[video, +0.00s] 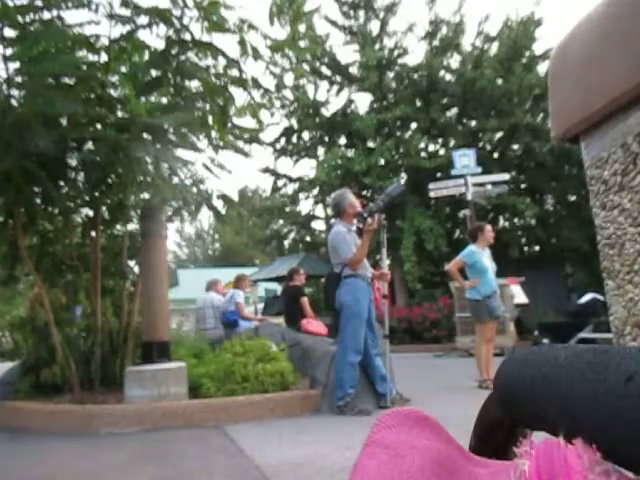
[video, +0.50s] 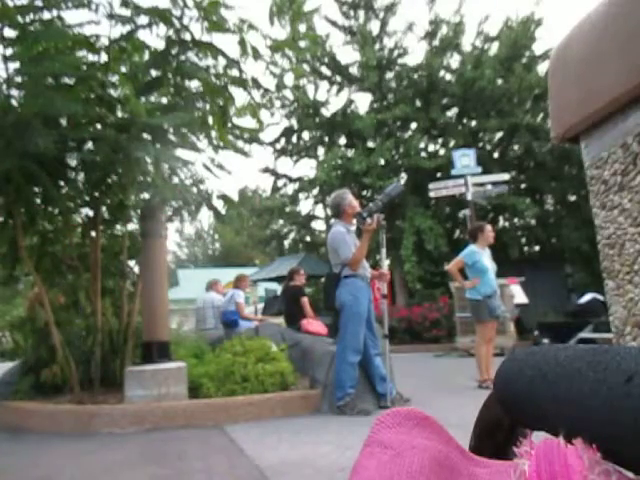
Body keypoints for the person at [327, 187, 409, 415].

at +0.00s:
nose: (360, 205)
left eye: (358, 201)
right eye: (355, 202)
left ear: (348, 208)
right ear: (346, 208)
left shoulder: (351, 232)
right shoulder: (338, 233)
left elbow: (357, 264)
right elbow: (354, 261)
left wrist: (374, 273)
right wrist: (367, 235)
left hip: (363, 285)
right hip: (352, 285)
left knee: (370, 344)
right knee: (351, 345)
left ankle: (387, 394)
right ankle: (344, 399)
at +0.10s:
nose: (359, 204)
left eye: (357, 200)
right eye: (355, 201)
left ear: (347, 208)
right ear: (346, 207)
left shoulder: (350, 232)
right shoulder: (338, 232)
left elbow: (357, 264)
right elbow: (354, 261)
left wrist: (374, 273)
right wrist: (367, 235)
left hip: (363, 284)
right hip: (352, 285)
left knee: (371, 344)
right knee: (351, 345)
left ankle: (387, 393)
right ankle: (344, 398)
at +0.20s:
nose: (359, 204)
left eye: (356, 200)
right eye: (354, 201)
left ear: (347, 208)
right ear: (346, 207)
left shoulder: (349, 232)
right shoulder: (338, 232)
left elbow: (356, 264)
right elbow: (354, 261)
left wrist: (374, 273)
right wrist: (367, 234)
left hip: (363, 284)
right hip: (352, 285)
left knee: (371, 344)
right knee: (351, 345)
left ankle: (387, 393)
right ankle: (344, 398)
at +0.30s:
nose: (359, 204)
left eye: (356, 200)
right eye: (354, 201)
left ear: (346, 208)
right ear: (346, 207)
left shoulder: (349, 232)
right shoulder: (338, 232)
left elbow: (356, 265)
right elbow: (353, 261)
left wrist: (373, 273)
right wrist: (367, 234)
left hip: (362, 284)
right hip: (352, 285)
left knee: (371, 344)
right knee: (351, 344)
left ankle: (386, 393)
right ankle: (344, 398)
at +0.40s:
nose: (358, 204)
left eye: (356, 200)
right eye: (354, 201)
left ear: (347, 208)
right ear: (345, 207)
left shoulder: (349, 232)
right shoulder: (338, 232)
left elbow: (356, 265)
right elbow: (353, 261)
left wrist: (373, 273)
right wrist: (367, 234)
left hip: (362, 284)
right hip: (351, 284)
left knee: (371, 344)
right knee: (351, 344)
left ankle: (387, 393)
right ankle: (344, 398)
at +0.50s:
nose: (358, 204)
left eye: (356, 200)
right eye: (354, 201)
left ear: (346, 208)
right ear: (345, 207)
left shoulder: (349, 232)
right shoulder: (338, 232)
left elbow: (355, 265)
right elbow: (353, 261)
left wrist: (373, 273)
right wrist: (367, 234)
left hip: (362, 284)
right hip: (351, 284)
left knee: (371, 344)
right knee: (351, 344)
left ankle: (387, 393)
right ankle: (344, 398)